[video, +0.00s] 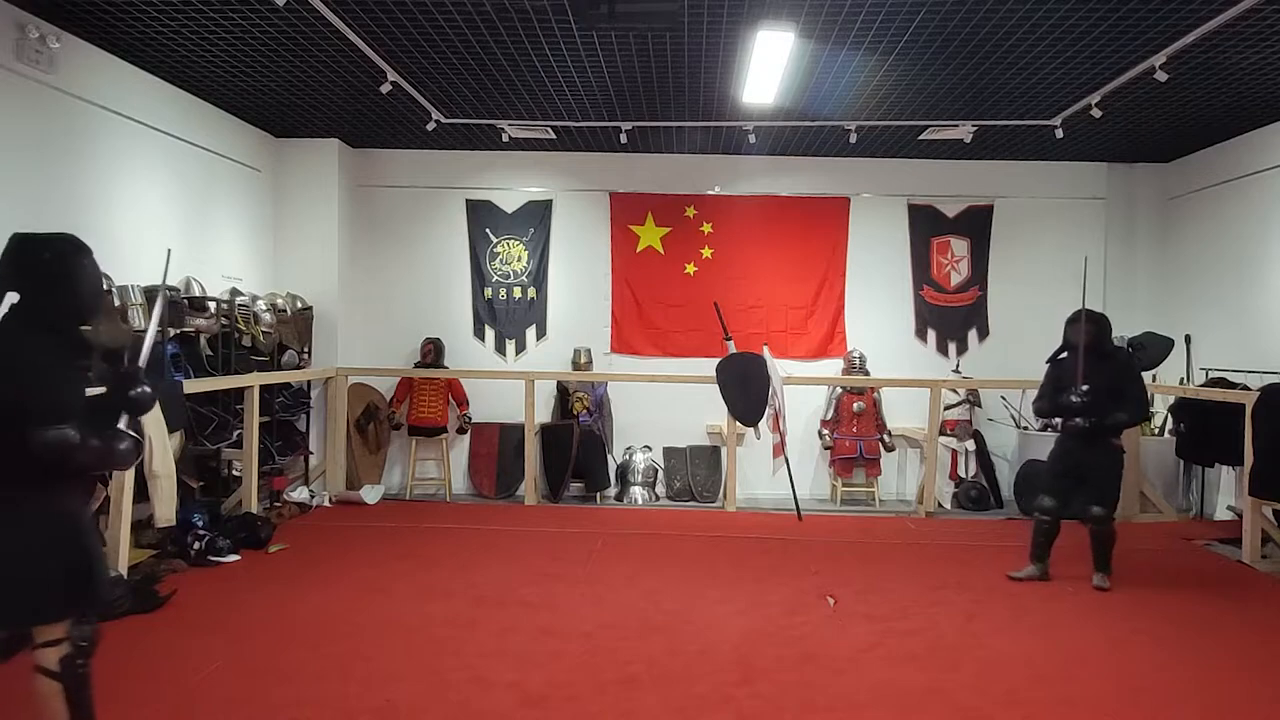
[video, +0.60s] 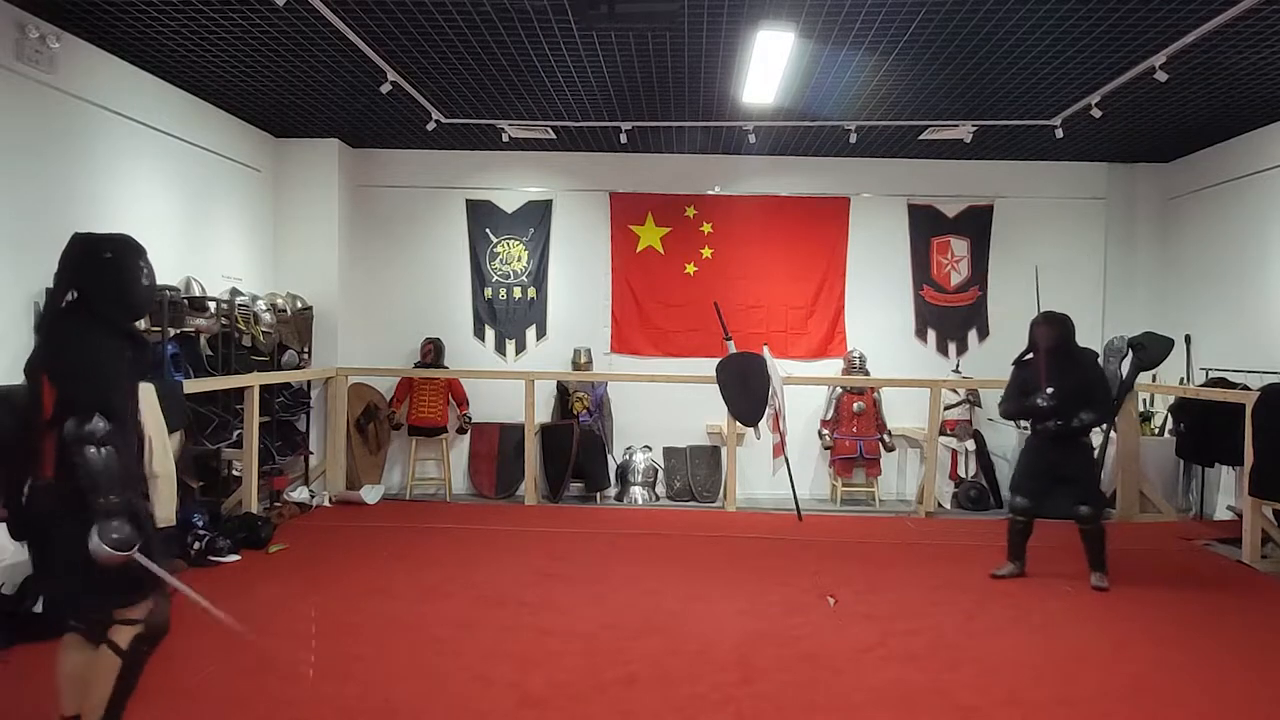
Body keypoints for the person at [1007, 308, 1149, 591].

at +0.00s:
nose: (1078, 339)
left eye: (1084, 333)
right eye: (1073, 332)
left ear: (1099, 333)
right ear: (1067, 333)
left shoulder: (1120, 362)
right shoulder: (1061, 364)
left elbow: (1140, 409)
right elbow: (1040, 407)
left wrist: (1102, 423)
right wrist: (1066, 402)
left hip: (1105, 447)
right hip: (1068, 443)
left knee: (1099, 512)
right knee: (1047, 504)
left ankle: (1101, 572)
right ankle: (1038, 564)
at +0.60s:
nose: (1045, 349)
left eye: (1051, 343)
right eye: (1039, 343)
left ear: (1065, 339)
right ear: (1032, 340)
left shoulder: (1085, 360)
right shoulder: (1026, 366)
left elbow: (1106, 405)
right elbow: (1006, 408)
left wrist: (1082, 419)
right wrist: (1031, 404)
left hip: (1076, 445)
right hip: (1039, 443)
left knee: (1086, 508)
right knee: (1020, 502)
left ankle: (1098, 570)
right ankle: (1015, 562)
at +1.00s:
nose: (1011, 337)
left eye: (1016, 331)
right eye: (1006, 331)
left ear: (1030, 332)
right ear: (1000, 335)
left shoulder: (1054, 358)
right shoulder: (998, 366)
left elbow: (1074, 401)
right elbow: (984, 412)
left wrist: (1040, 428)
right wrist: (997, 412)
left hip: (1055, 444)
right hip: (1018, 444)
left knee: (1070, 505)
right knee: (1012, 503)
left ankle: (1080, 565)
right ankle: (1014, 563)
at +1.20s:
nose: (1010, 335)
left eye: (1016, 329)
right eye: (1006, 330)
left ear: (1031, 331)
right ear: (1000, 334)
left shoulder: (1055, 361)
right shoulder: (998, 368)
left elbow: (1079, 402)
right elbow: (984, 400)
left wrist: (1072, 439)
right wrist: (980, 424)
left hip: (1057, 443)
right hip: (1019, 444)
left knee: (1071, 506)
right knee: (1011, 503)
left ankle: (1090, 565)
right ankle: (1015, 562)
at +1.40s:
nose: (1021, 335)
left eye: (1027, 329)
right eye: (1016, 330)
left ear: (1042, 331)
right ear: (1012, 334)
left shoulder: (1067, 359)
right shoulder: (1006, 368)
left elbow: (1102, 396)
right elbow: (991, 409)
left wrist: (1107, 433)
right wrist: (984, 445)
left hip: (1061, 445)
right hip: (1023, 446)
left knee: (1073, 510)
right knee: (1014, 506)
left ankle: (1087, 572)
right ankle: (1015, 563)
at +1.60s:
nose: (1036, 335)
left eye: (1043, 329)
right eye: (1032, 329)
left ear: (1058, 332)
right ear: (1026, 334)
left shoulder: (1083, 359)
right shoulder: (1022, 369)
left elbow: (1120, 391)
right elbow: (1008, 408)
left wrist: (1143, 424)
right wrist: (1001, 439)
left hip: (1074, 446)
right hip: (1036, 445)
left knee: (1078, 514)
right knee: (1018, 507)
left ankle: (1089, 575)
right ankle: (1016, 563)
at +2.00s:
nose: (1039, 343)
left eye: (1045, 336)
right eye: (1034, 337)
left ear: (1060, 336)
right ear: (1029, 340)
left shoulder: (1089, 361)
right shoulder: (1028, 373)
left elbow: (1130, 387)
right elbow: (1008, 410)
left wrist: (1164, 411)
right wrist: (983, 404)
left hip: (1083, 451)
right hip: (1043, 449)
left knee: (1084, 517)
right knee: (1018, 507)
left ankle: (1090, 577)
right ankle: (1004, 569)